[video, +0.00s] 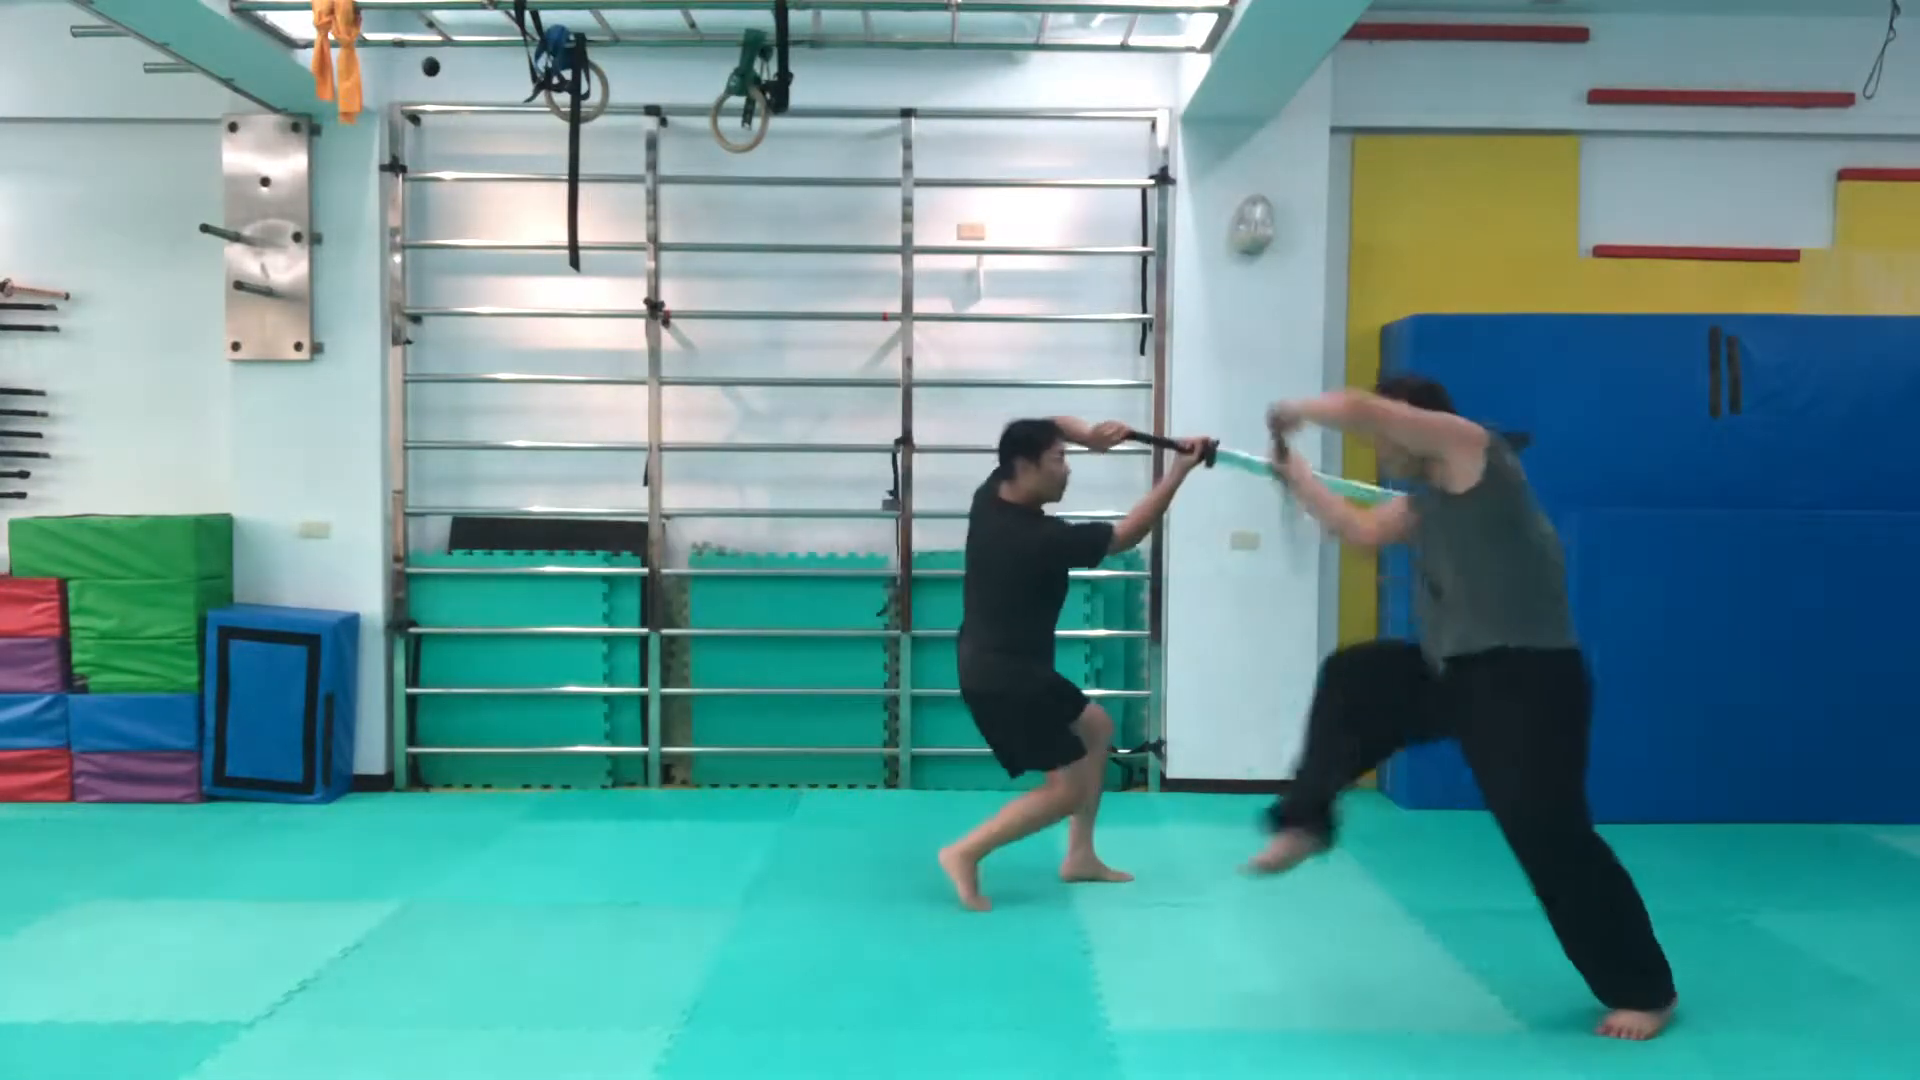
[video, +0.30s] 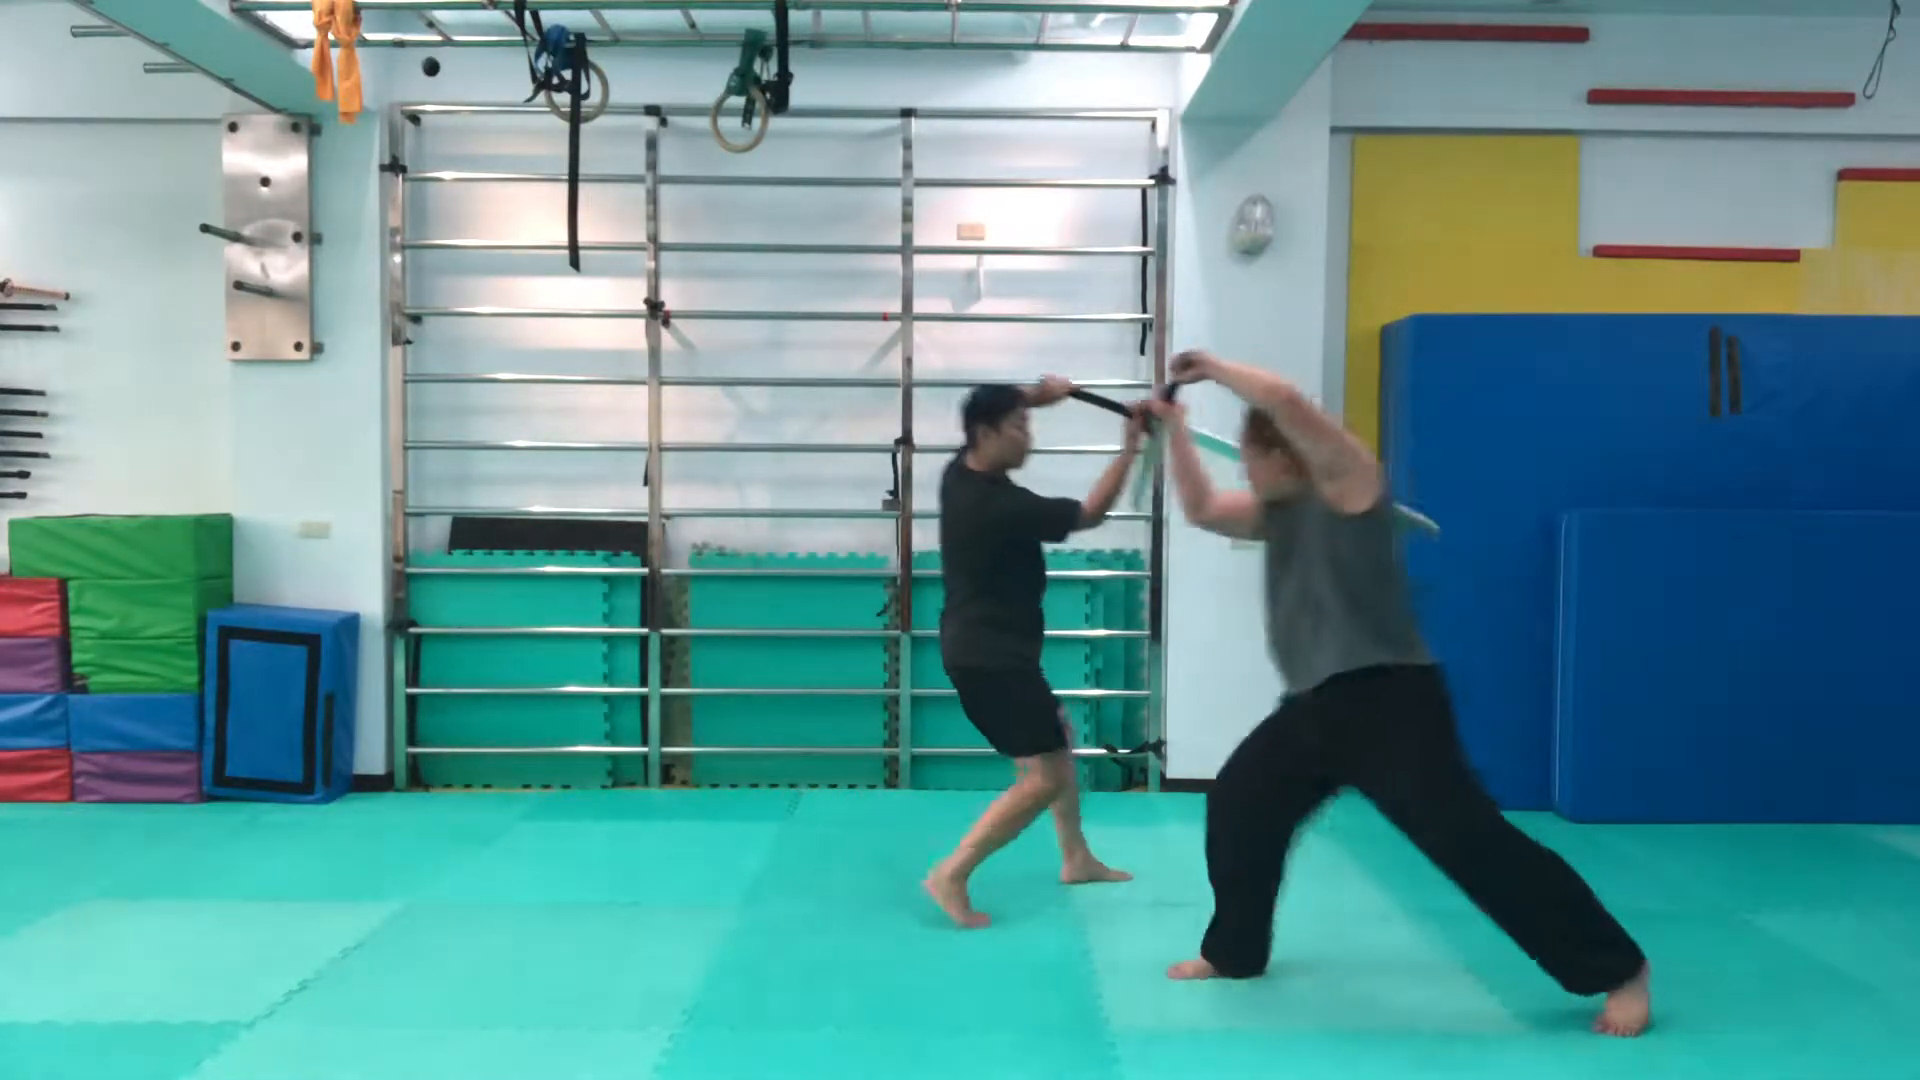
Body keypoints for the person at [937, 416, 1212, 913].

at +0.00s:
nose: (1066, 469)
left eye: (1065, 459)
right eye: (1059, 460)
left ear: (1016, 467)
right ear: (1027, 467)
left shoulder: (989, 500)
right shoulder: (1046, 538)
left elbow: (1041, 432)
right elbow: (1125, 534)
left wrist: (1090, 436)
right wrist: (1179, 470)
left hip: (988, 668)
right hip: (1011, 680)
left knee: (1096, 727)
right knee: (1069, 790)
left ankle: (1081, 857)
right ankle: (963, 854)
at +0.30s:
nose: (1027, 438)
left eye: (1025, 427)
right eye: (1019, 428)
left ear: (982, 435)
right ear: (987, 434)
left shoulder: (958, 477)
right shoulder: (1004, 503)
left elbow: (986, 429)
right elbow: (1089, 512)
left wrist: (1033, 397)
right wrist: (1130, 449)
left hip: (975, 649)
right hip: (996, 659)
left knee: (1056, 740)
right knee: (1047, 778)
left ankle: (1077, 858)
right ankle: (950, 875)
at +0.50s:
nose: (965, 410)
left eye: (964, 400)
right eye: (956, 401)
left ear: (915, 413)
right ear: (925, 411)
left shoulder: (895, 462)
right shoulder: (952, 479)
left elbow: (928, 420)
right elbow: (1035, 487)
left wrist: (969, 377)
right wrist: (1063, 418)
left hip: (914, 642)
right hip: (948, 648)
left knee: (993, 736)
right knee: (988, 765)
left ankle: (990, 866)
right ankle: (929, 896)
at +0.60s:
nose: (929, 403)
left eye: (927, 393)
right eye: (919, 395)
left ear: (882, 407)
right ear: (888, 404)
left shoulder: (861, 457)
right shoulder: (917, 472)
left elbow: (896, 415)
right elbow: (1001, 483)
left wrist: (938, 376)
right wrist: (1033, 413)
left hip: (879, 641)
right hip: (920, 644)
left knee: (936, 753)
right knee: (964, 761)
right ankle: (927, 898)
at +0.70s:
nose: (887, 404)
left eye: (886, 394)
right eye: (878, 395)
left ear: (841, 405)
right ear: (844, 404)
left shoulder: (825, 458)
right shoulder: (875, 473)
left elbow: (861, 411)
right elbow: (962, 486)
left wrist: (901, 380)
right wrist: (1000, 416)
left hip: (849, 642)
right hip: (889, 644)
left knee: (887, 753)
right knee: (940, 762)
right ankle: (925, 900)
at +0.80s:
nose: (846, 407)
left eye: (844, 398)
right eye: (834, 400)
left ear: (802, 413)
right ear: (800, 412)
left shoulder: (787, 464)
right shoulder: (826, 480)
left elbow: (826, 409)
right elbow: (919, 495)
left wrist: (868, 394)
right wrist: (958, 427)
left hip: (811, 647)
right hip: (847, 650)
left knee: (809, 760)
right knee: (904, 760)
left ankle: (697, 858)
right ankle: (922, 901)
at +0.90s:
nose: (808, 413)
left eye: (804, 400)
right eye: (794, 403)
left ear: (757, 419)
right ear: (760, 416)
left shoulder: (744, 471)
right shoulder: (781, 486)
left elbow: (785, 453)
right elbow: (876, 511)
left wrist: (825, 427)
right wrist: (916, 452)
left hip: (759, 657)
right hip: (793, 661)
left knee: (741, 775)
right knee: (864, 767)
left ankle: (663, 890)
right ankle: (911, 898)